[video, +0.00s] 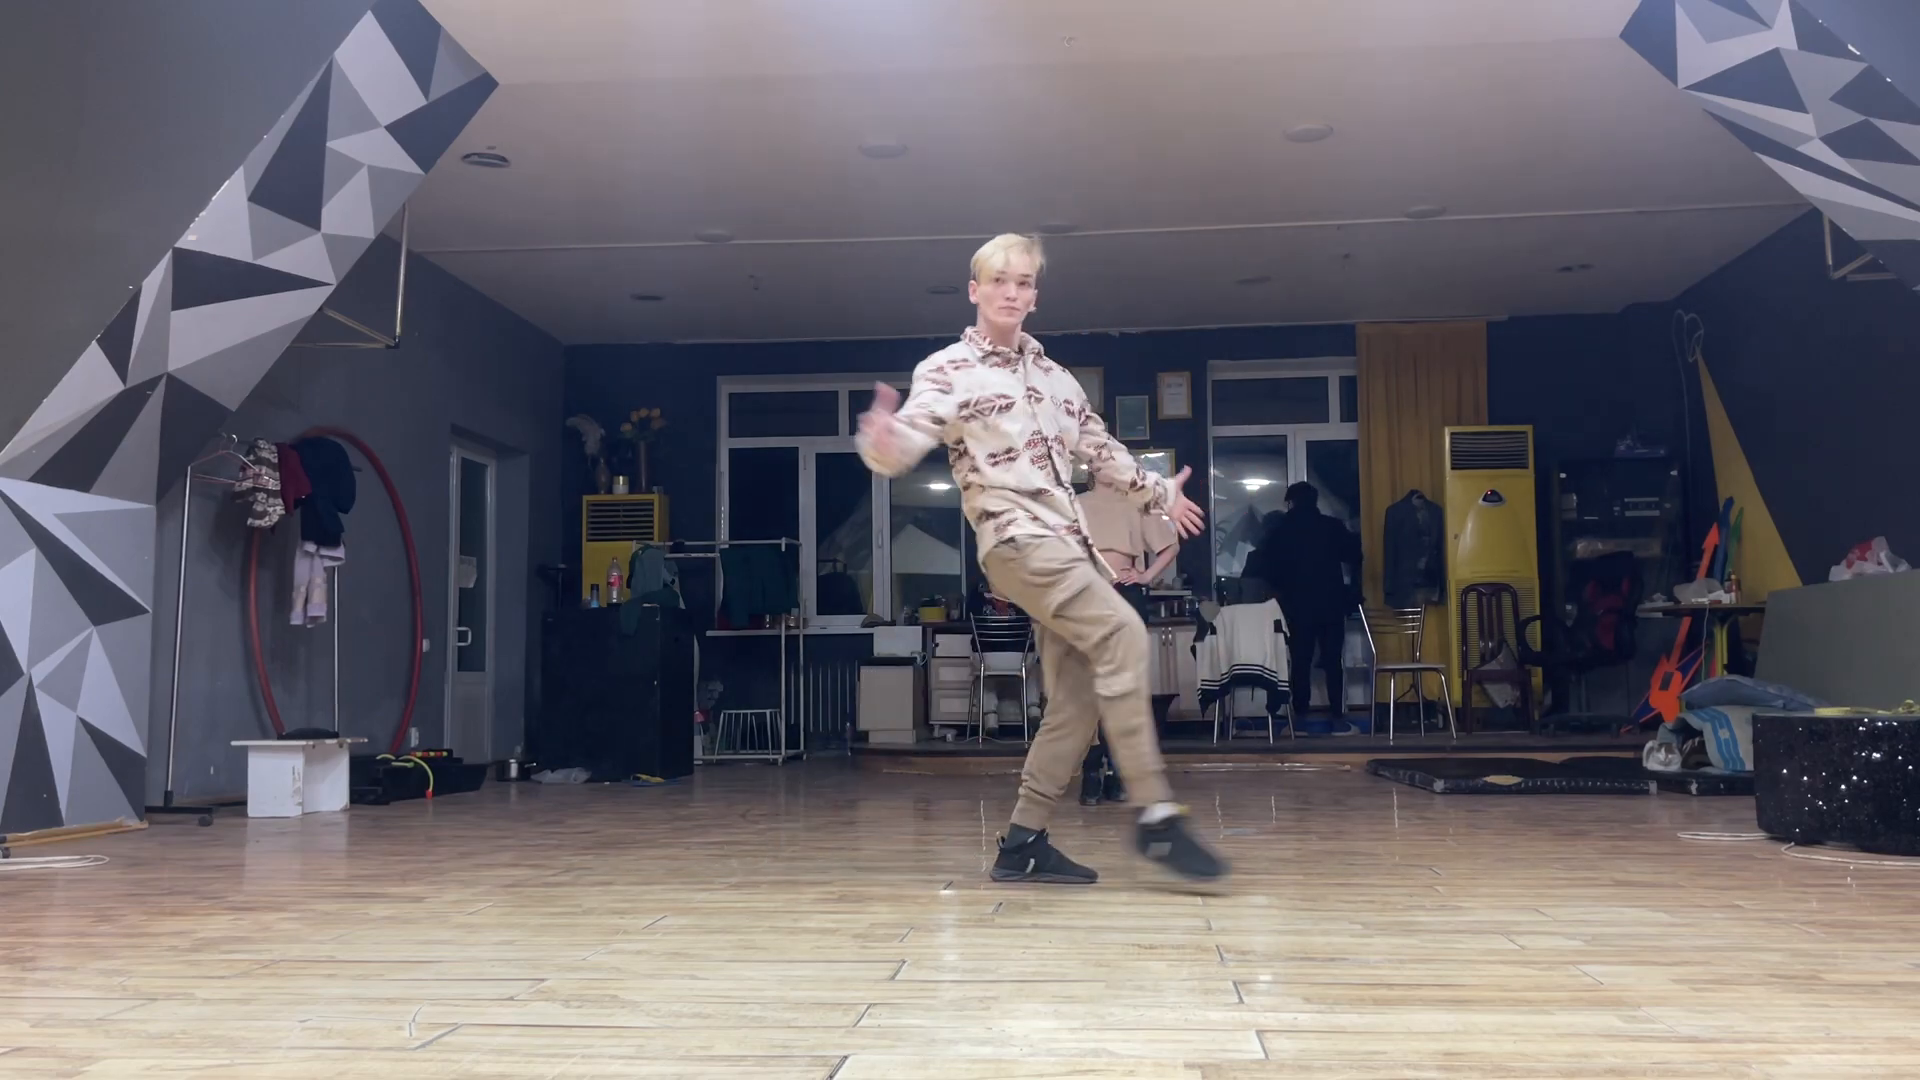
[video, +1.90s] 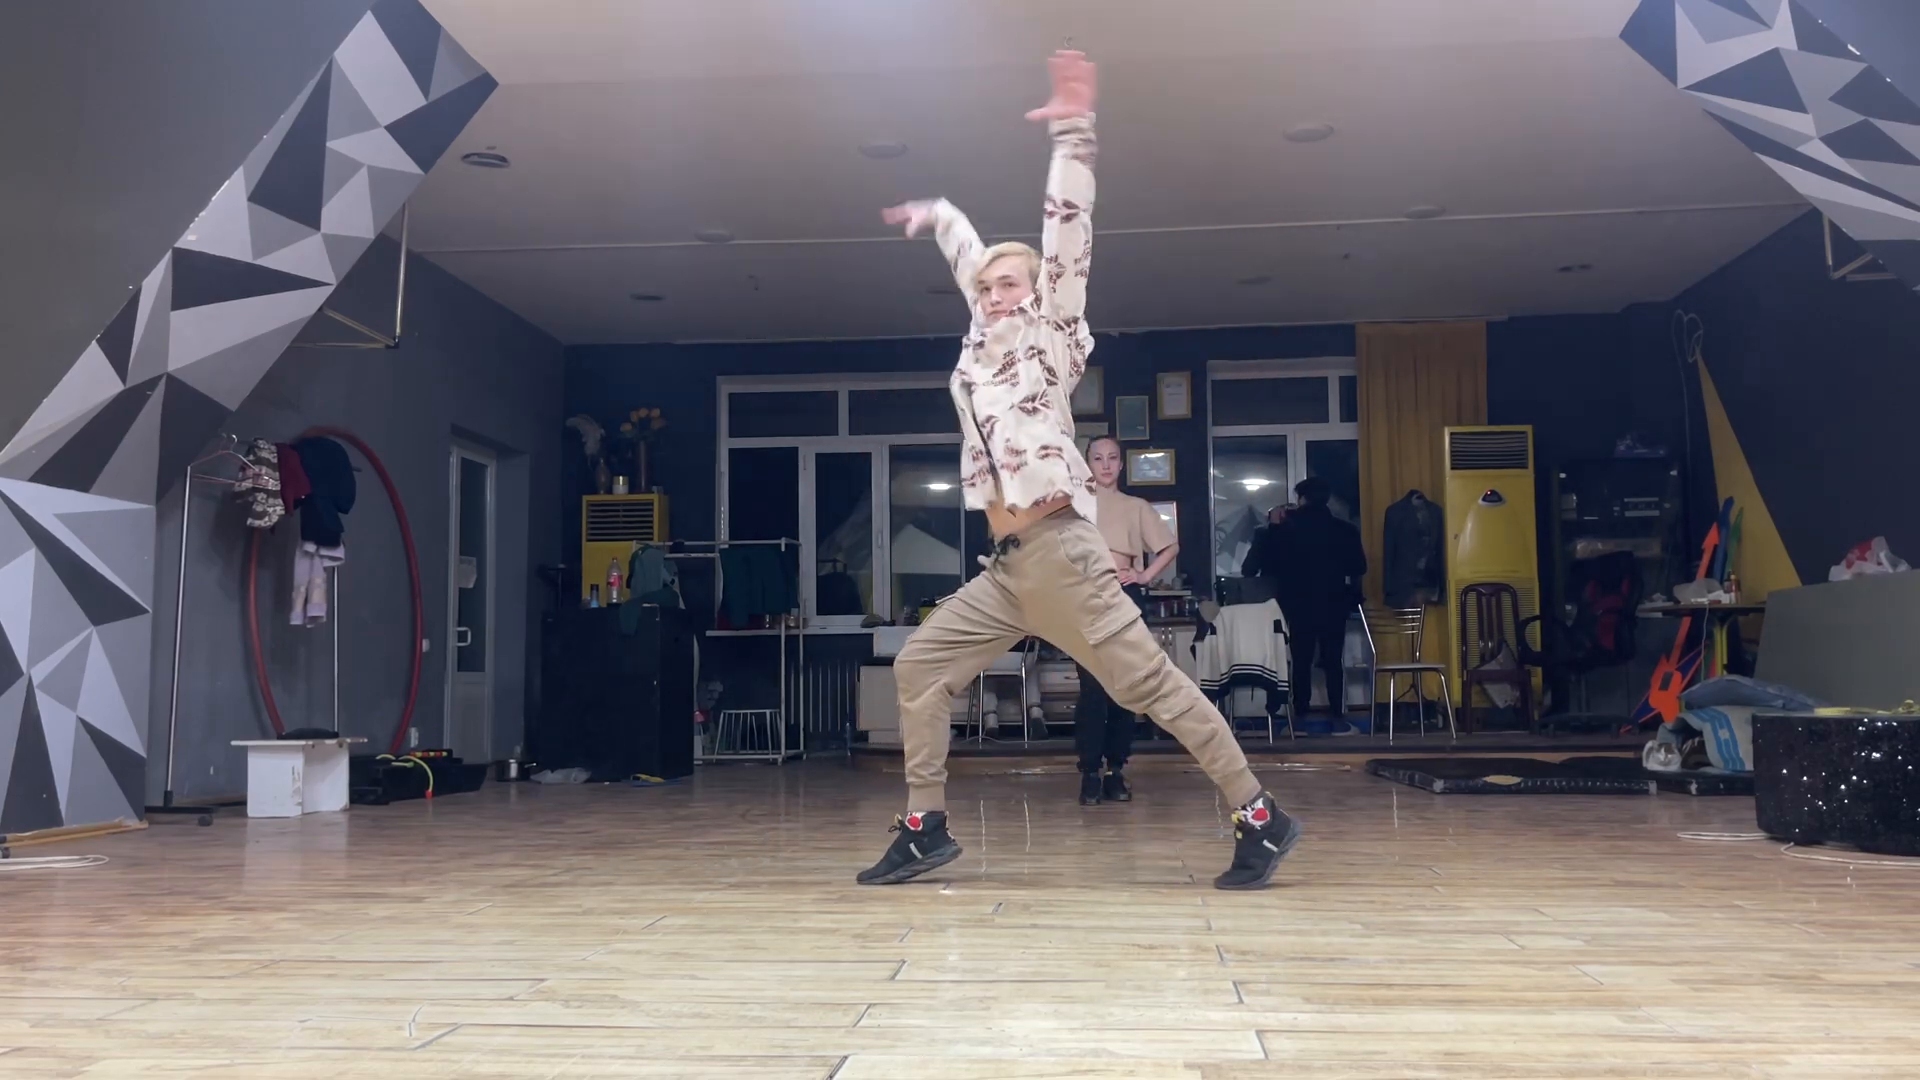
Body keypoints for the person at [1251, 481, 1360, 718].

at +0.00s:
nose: (1288, 506)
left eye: (1289, 502)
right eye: (1289, 502)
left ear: (1291, 502)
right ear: (1315, 501)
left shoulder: (1280, 529)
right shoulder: (1333, 526)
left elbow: (1264, 566)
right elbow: (1355, 556)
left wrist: (1278, 592)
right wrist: (1355, 593)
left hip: (1296, 603)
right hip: (1330, 601)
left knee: (1300, 661)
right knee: (1333, 661)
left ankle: (1300, 716)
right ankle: (1337, 718)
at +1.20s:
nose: (1301, 502)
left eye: (1302, 498)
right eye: (1302, 498)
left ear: (1305, 499)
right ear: (1328, 499)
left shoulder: (1291, 529)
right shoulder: (1346, 529)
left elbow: (1272, 566)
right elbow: (1360, 567)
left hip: (1302, 604)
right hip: (1335, 604)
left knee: (1302, 661)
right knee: (1334, 661)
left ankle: (1300, 719)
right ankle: (1337, 719)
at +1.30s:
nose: (1300, 502)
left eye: (1301, 498)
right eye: (1301, 499)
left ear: (1304, 499)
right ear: (1328, 499)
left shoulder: (1289, 529)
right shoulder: (1346, 529)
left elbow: (1271, 566)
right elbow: (1359, 567)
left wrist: (1276, 531)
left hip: (1301, 604)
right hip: (1334, 604)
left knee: (1302, 662)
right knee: (1334, 661)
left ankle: (1301, 719)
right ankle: (1337, 719)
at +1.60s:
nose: (1299, 502)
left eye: (1300, 498)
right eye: (1300, 498)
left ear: (1303, 499)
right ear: (1327, 499)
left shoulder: (1288, 529)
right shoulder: (1345, 529)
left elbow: (1270, 566)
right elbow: (1358, 568)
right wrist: (1353, 598)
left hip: (1299, 604)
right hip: (1333, 603)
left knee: (1301, 661)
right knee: (1333, 661)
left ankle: (1300, 719)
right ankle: (1337, 718)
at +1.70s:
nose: (1299, 502)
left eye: (1300, 498)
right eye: (1300, 498)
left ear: (1303, 499)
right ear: (1327, 499)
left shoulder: (1288, 529)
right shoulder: (1345, 529)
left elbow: (1270, 566)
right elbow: (1358, 568)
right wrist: (1353, 598)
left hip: (1300, 604)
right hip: (1333, 604)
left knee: (1301, 661)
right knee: (1333, 661)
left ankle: (1300, 718)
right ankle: (1337, 718)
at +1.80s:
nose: (1299, 502)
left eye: (1300, 498)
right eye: (1300, 498)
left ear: (1303, 499)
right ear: (1327, 499)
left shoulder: (1287, 528)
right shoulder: (1345, 529)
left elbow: (1270, 566)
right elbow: (1358, 568)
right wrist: (1353, 598)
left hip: (1299, 603)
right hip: (1333, 603)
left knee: (1301, 661)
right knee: (1333, 661)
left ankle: (1300, 718)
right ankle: (1337, 718)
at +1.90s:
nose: (1298, 502)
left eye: (1299, 498)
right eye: (1300, 498)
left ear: (1302, 499)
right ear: (1327, 499)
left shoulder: (1286, 529)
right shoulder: (1345, 529)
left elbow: (1264, 566)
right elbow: (1358, 568)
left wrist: (1271, 527)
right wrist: (1352, 598)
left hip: (1298, 604)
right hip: (1333, 604)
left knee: (1301, 661)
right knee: (1333, 661)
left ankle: (1300, 719)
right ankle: (1337, 719)